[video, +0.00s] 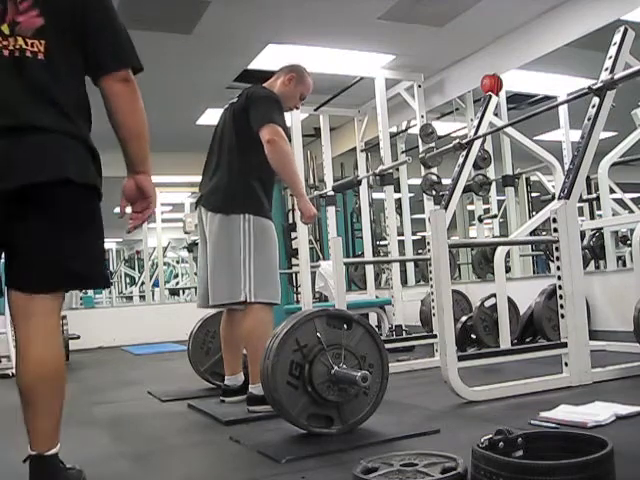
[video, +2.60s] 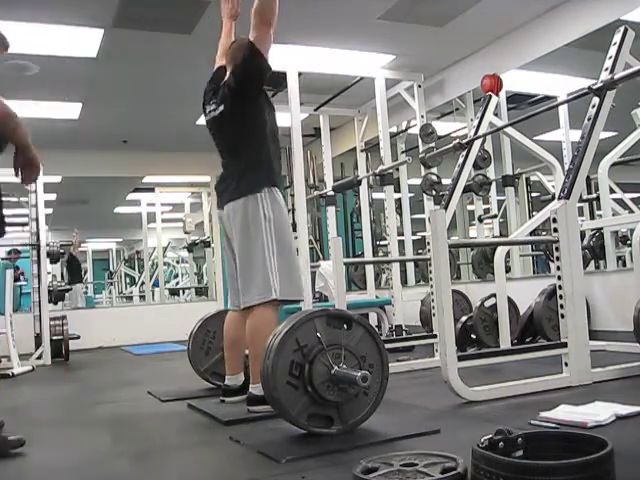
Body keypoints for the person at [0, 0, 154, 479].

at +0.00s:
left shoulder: (82, 8)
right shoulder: (76, 3)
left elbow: (115, 76)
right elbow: (117, 76)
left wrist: (137, 170)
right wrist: (139, 169)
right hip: (44, 160)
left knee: (37, 317)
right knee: (36, 316)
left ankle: (44, 459)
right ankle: (44, 461)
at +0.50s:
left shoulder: (48, 25)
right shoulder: (46, 24)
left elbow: (88, 116)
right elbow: (90, 116)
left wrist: (66, 172)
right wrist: (67, 170)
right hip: (34, 183)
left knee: (36, 312)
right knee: (37, 313)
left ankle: (43, 447)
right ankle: (43, 447)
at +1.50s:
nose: (62, 52)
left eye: (63, 47)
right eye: (64, 45)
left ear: (20, 34)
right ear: (55, 39)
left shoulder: (0, 64)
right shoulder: (64, 74)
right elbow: (90, 114)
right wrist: (49, 124)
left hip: (0, 212)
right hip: (49, 212)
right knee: (48, 310)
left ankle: (58, 411)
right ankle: (57, 413)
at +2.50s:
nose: (7, 62)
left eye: (6, 58)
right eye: (5, 57)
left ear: (7, 56)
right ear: (1, 53)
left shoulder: (9, 92)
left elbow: (20, 102)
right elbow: (21, 102)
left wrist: (25, 133)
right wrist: (26, 134)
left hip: (3, 222)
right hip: (1, 224)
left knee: (4, 300)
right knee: (3, 299)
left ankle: (3, 412)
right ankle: (2, 414)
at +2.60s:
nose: (5, 46)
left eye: (5, 42)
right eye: (2, 41)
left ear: (4, 47)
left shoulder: (2, 107)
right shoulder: (1, 107)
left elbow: (6, 118)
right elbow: (7, 119)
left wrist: (23, 145)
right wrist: (24, 147)